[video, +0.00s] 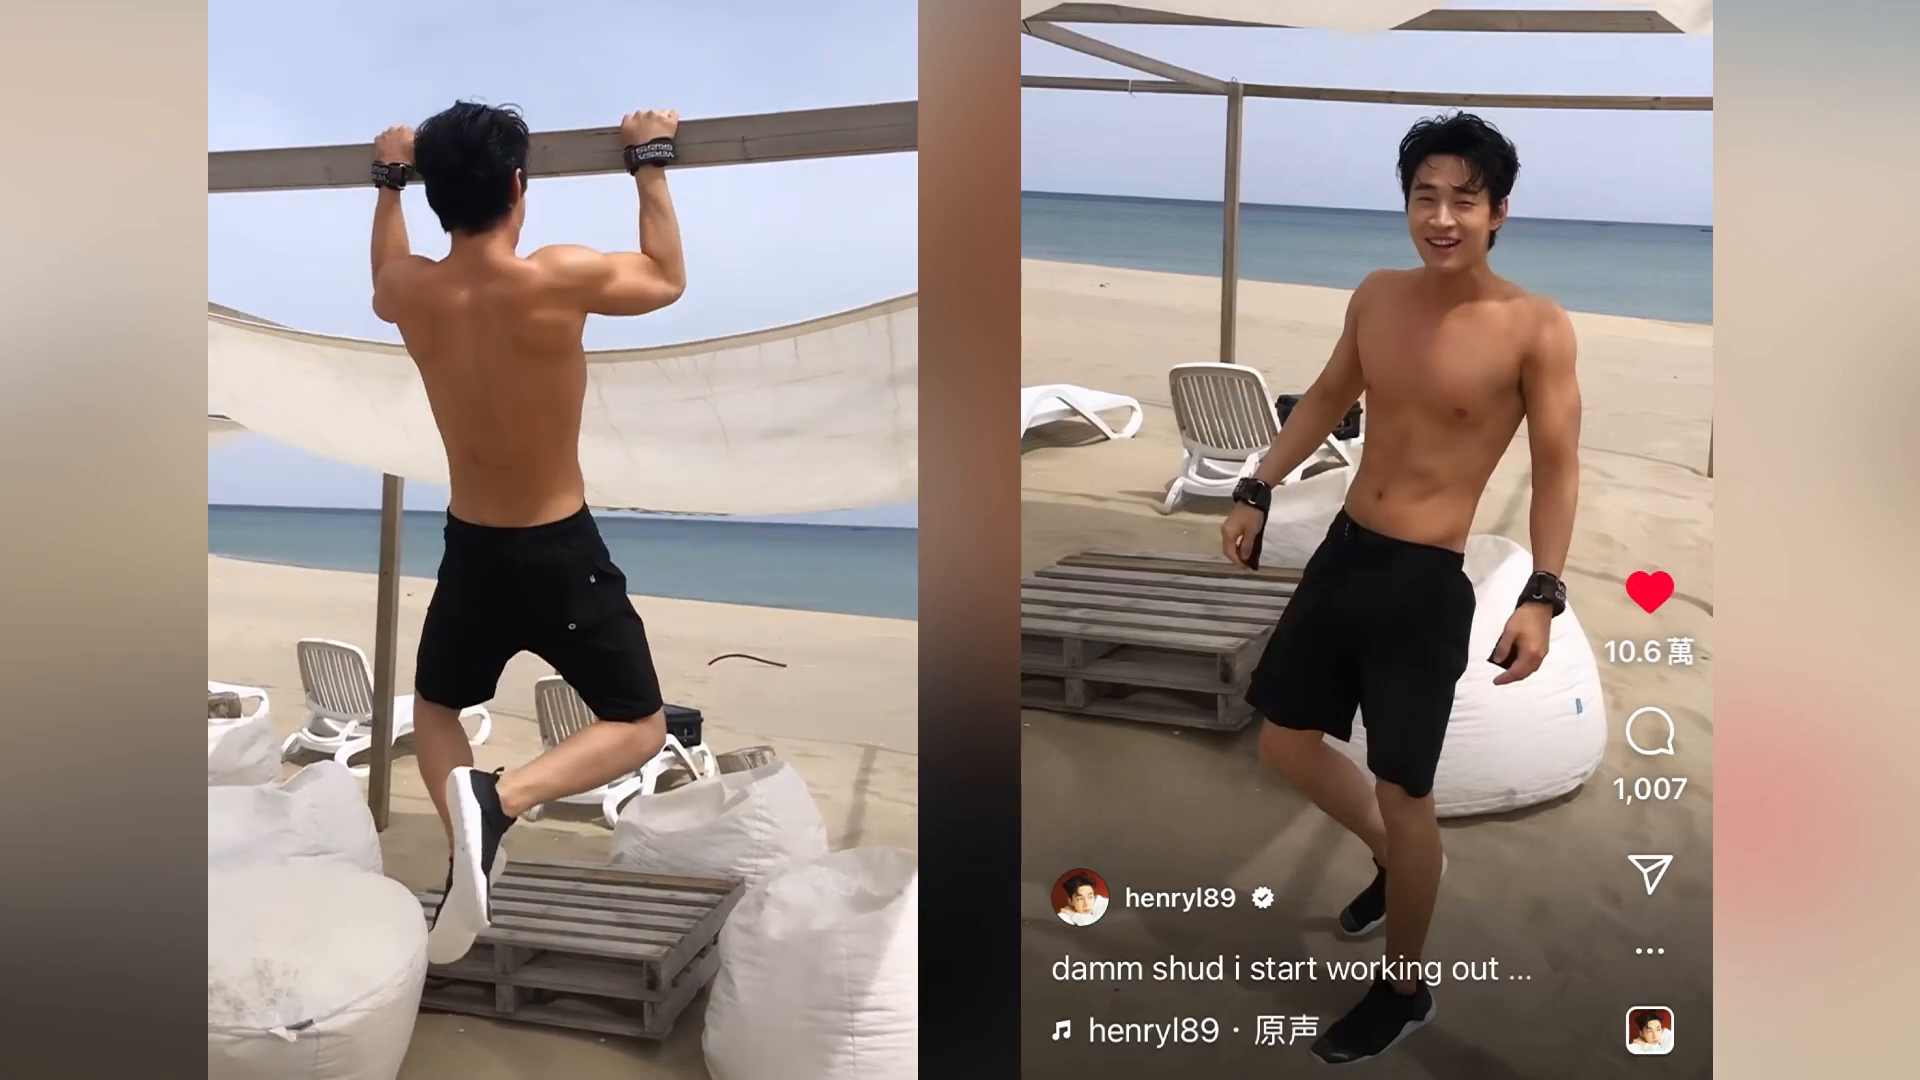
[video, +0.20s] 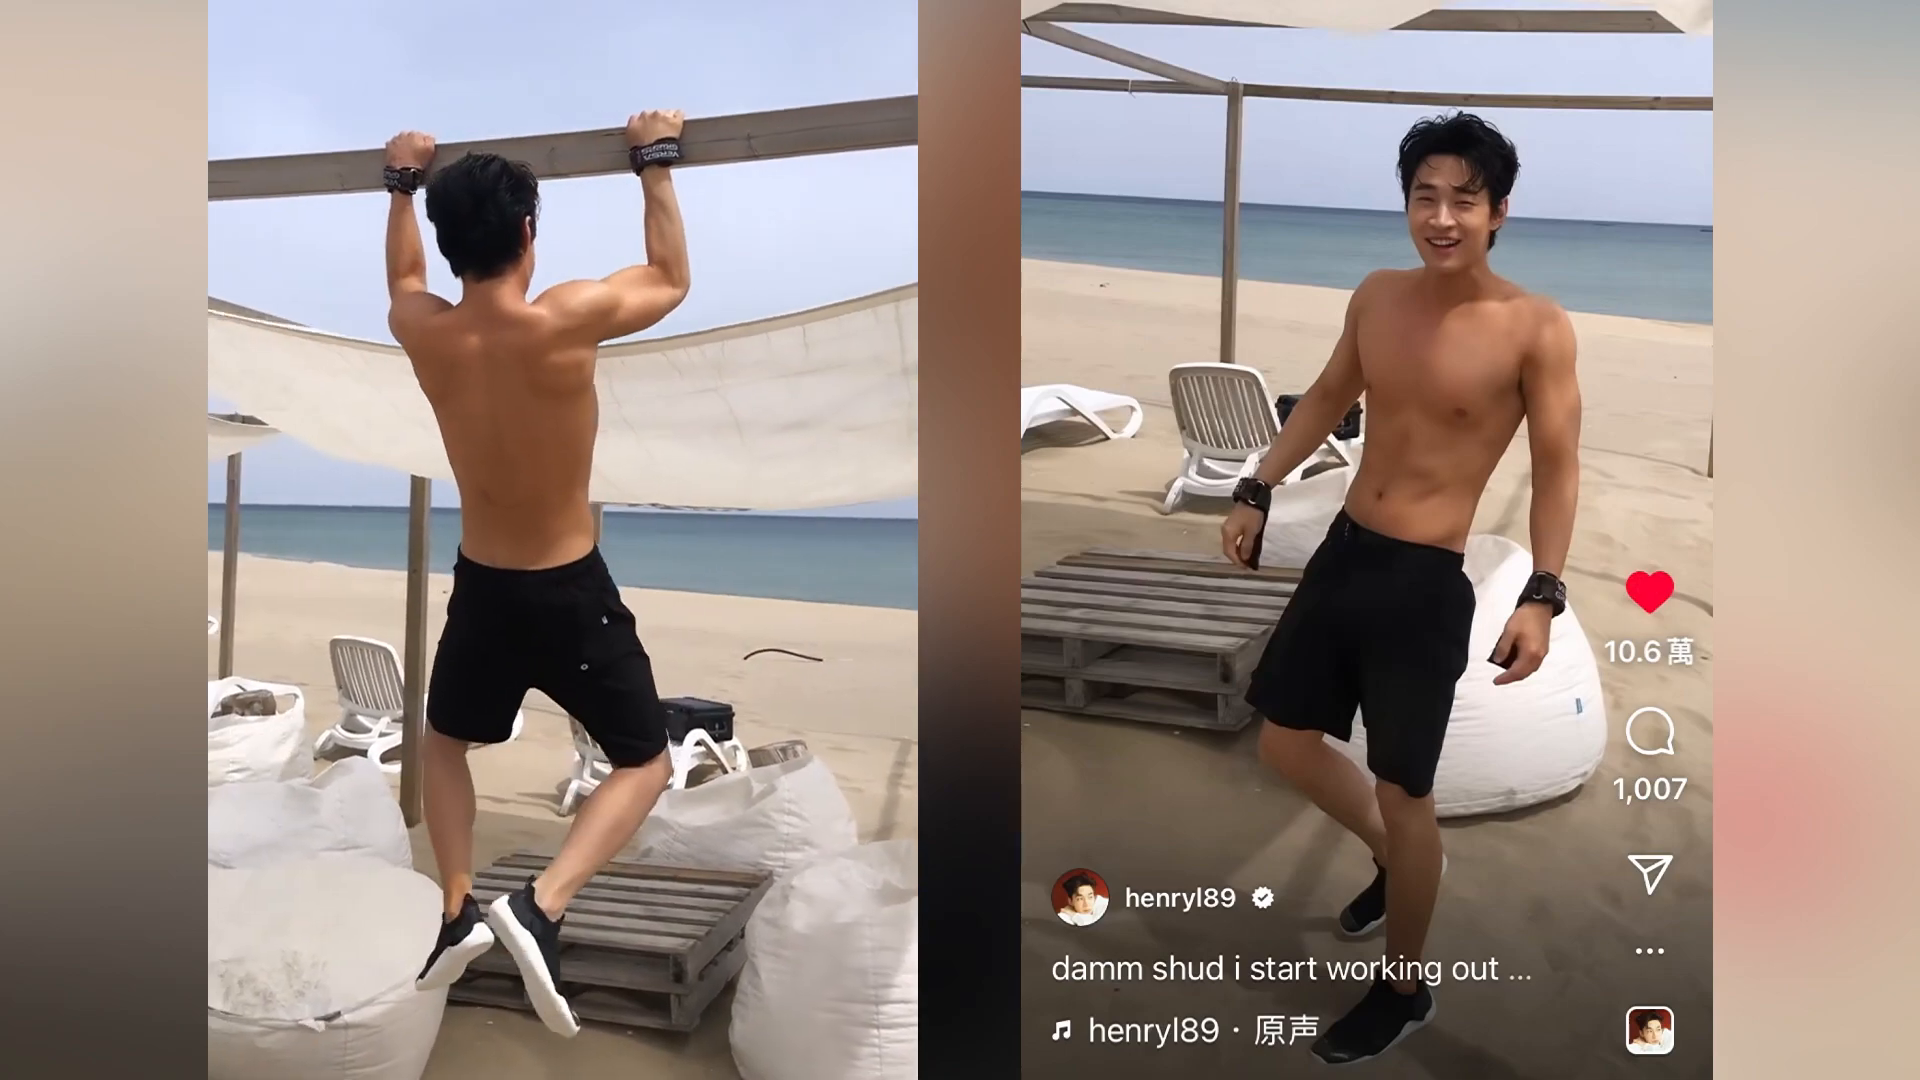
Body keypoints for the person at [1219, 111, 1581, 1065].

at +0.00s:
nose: (1440, 216)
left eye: (1462, 198)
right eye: (1424, 197)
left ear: (1498, 210)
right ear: (1406, 208)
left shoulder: (1535, 328)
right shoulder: (1378, 296)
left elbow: (1556, 468)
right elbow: (1330, 398)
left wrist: (1540, 595)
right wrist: (1255, 484)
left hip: (1426, 579)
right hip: (1345, 553)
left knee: (1402, 799)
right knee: (1284, 742)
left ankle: (1403, 981)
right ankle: (1398, 847)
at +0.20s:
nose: (1440, 216)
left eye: (1461, 198)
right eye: (1424, 197)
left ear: (1498, 210)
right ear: (1406, 208)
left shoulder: (1535, 328)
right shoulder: (1379, 297)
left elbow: (1556, 469)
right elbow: (1330, 398)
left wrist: (1540, 595)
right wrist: (1256, 484)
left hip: (1427, 579)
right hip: (1345, 553)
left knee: (1402, 799)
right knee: (1284, 742)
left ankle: (1403, 981)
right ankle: (1398, 846)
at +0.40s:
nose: (1440, 216)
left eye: (1461, 198)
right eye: (1424, 197)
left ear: (1498, 210)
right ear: (1406, 208)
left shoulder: (1535, 328)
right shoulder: (1379, 297)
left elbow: (1556, 469)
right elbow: (1330, 398)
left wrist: (1540, 595)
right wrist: (1256, 484)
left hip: (1427, 579)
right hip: (1345, 553)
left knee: (1402, 799)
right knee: (1284, 742)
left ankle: (1403, 981)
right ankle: (1398, 846)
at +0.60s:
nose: (1440, 216)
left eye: (1462, 198)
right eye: (1424, 197)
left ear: (1498, 210)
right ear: (1406, 208)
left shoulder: (1535, 328)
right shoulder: (1378, 296)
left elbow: (1556, 468)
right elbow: (1330, 398)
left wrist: (1540, 595)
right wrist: (1255, 484)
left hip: (1426, 579)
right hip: (1345, 553)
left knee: (1402, 799)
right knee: (1284, 742)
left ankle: (1403, 981)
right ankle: (1398, 847)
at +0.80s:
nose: (1440, 216)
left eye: (1462, 198)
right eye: (1424, 197)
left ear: (1498, 210)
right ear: (1406, 207)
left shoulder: (1535, 328)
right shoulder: (1378, 296)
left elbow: (1556, 468)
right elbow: (1330, 397)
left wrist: (1541, 595)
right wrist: (1255, 484)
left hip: (1426, 579)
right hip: (1344, 553)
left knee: (1403, 799)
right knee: (1285, 742)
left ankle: (1403, 981)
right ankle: (1399, 847)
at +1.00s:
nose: (1440, 216)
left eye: (1462, 198)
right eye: (1424, 197)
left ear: (1498, 210)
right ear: (1406, 207)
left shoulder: (1535, 328)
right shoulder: (1378, 296)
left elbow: (1556, 468)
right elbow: (1330, 397)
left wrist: (1541, 595)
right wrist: (1255, 484)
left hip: (1426, 579)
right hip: (1344, 553)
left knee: (1403, 799)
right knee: (1285, 742)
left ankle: (1403, 981)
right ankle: (1399, 847)